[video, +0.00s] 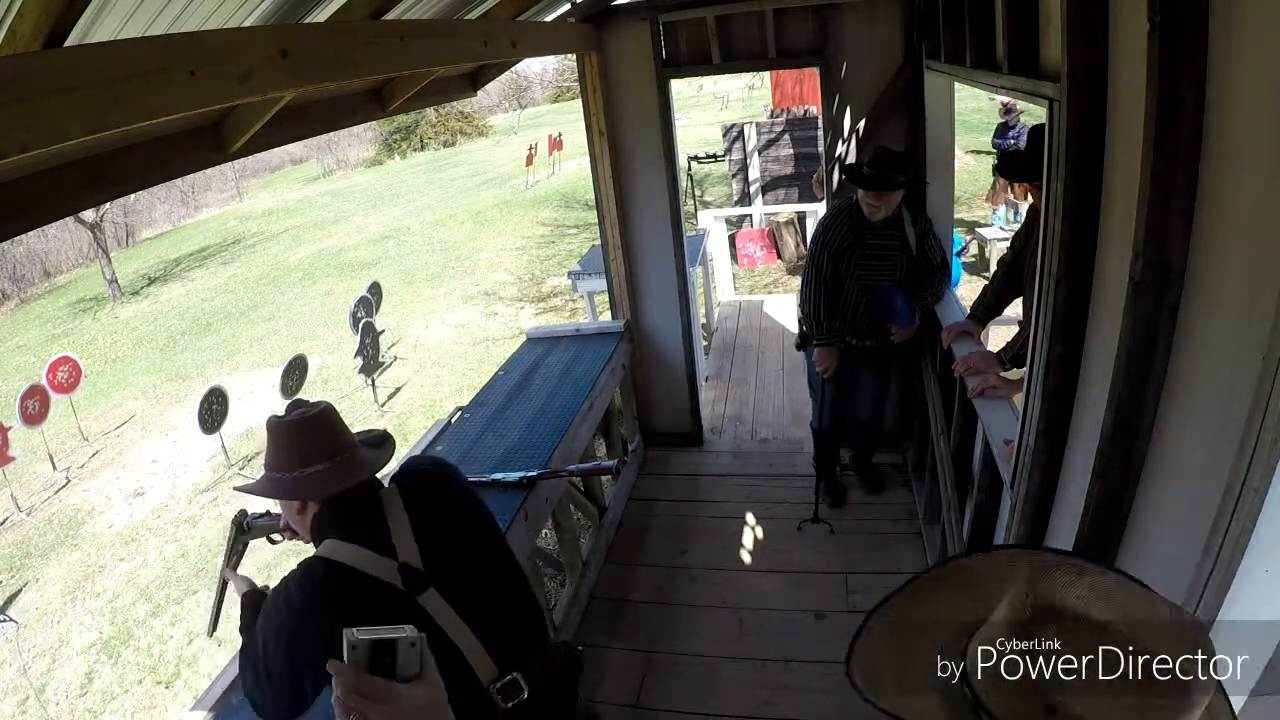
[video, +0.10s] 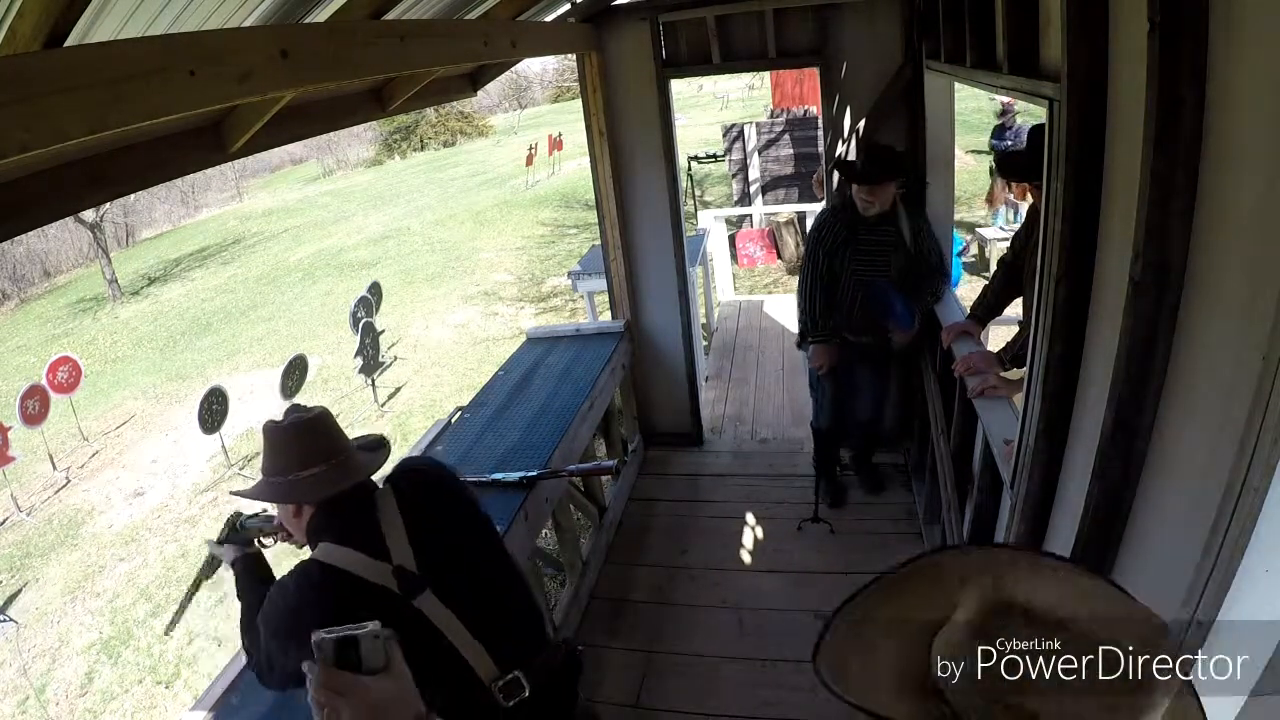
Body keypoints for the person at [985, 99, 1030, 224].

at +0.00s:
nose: (1008, 120)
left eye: (1011, 117)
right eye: (1006, 117)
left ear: (1016, 115)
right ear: (1004, 116)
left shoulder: (1024, 128)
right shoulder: (1001, 127)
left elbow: (1021, 145)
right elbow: (994, 143)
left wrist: (1001, 144)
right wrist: (1012, 142)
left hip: (1018, 166)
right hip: (1002, 164)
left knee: (1018, 194)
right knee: (999, 193)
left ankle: (1019, 221)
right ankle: (997, 221)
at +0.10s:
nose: (1005, 121)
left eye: (1007, 118)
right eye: (1003, 118)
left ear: (1013, 116)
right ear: (1002, 117)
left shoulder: (1022, 129)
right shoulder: (998, 129)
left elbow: (1021, 145)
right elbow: (992, 145)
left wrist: (999, 146)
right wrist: (1011, 143)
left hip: (1017, 167)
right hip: (1000, 166)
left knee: (1017, 195)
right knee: (998, 194)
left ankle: (1019, 222)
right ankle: (997, 222)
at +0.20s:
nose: (1001, 121)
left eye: (1004, 118)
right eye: (1000, 118)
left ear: (1011, 117)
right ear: (999, 118)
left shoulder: (1017, 131)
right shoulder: (994, 130)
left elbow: (1016, 147)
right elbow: (988, 147)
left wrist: (995, 146)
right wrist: (1006, 145)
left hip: (1014, 168)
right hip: (997, 167)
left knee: (1014, 195)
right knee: (995, 195)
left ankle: (1016, 221)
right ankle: (997, 222)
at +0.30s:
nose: (997, 122)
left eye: (1000, 118)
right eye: (996, 118)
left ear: (1007, 117)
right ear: (994, 118)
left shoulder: (1013, 131)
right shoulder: (990, 131)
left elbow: (1012, 148)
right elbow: (985, 146)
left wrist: (991, 147)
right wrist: (1002, 146)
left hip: (1008, 168)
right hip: (993, 168)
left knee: (1007, 196)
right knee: (991, 196)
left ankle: (1007, 218)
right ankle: (994, 218)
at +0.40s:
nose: (993, 123)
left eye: (995, 120)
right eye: (992, 120)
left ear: (1001, 118)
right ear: (991, 119)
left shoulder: (1010, 130)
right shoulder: (987, 131)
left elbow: (1009, 148)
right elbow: (982, 147)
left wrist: (988, 148)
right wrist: (1001, 146)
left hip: (1005, 169)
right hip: (990, 168)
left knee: (1003, 197)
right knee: (991, 197)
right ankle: (994, 222)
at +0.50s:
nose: (990, 124)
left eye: (992, 122)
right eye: (989, 122)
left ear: (999, 119)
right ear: (987, 121)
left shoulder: (1007, 132)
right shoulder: (983, 131)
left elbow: (1004, 150)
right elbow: (978, 149)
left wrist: (982, 150)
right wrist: (995, 148)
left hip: (1000, 171)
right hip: (986, 170)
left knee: (997, 202)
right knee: (986, 201)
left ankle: (999, 227)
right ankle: (994, 225)